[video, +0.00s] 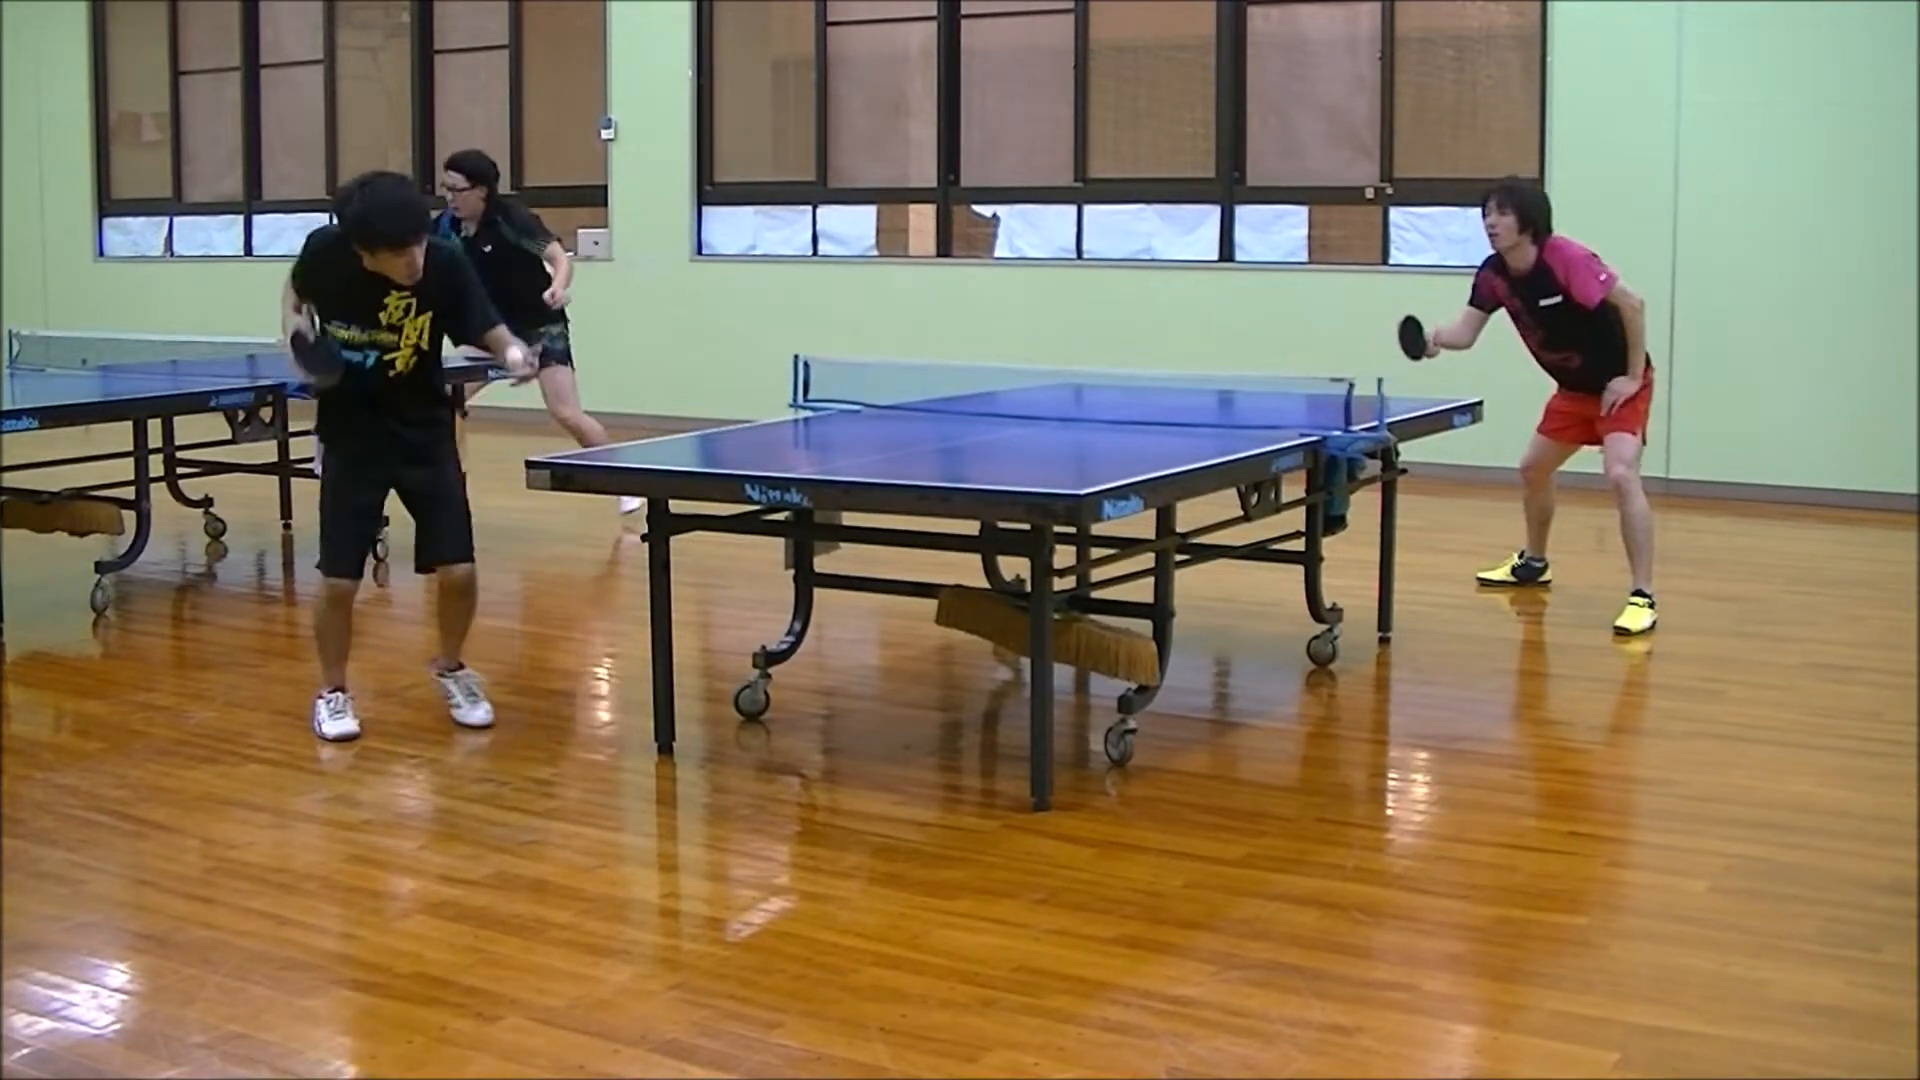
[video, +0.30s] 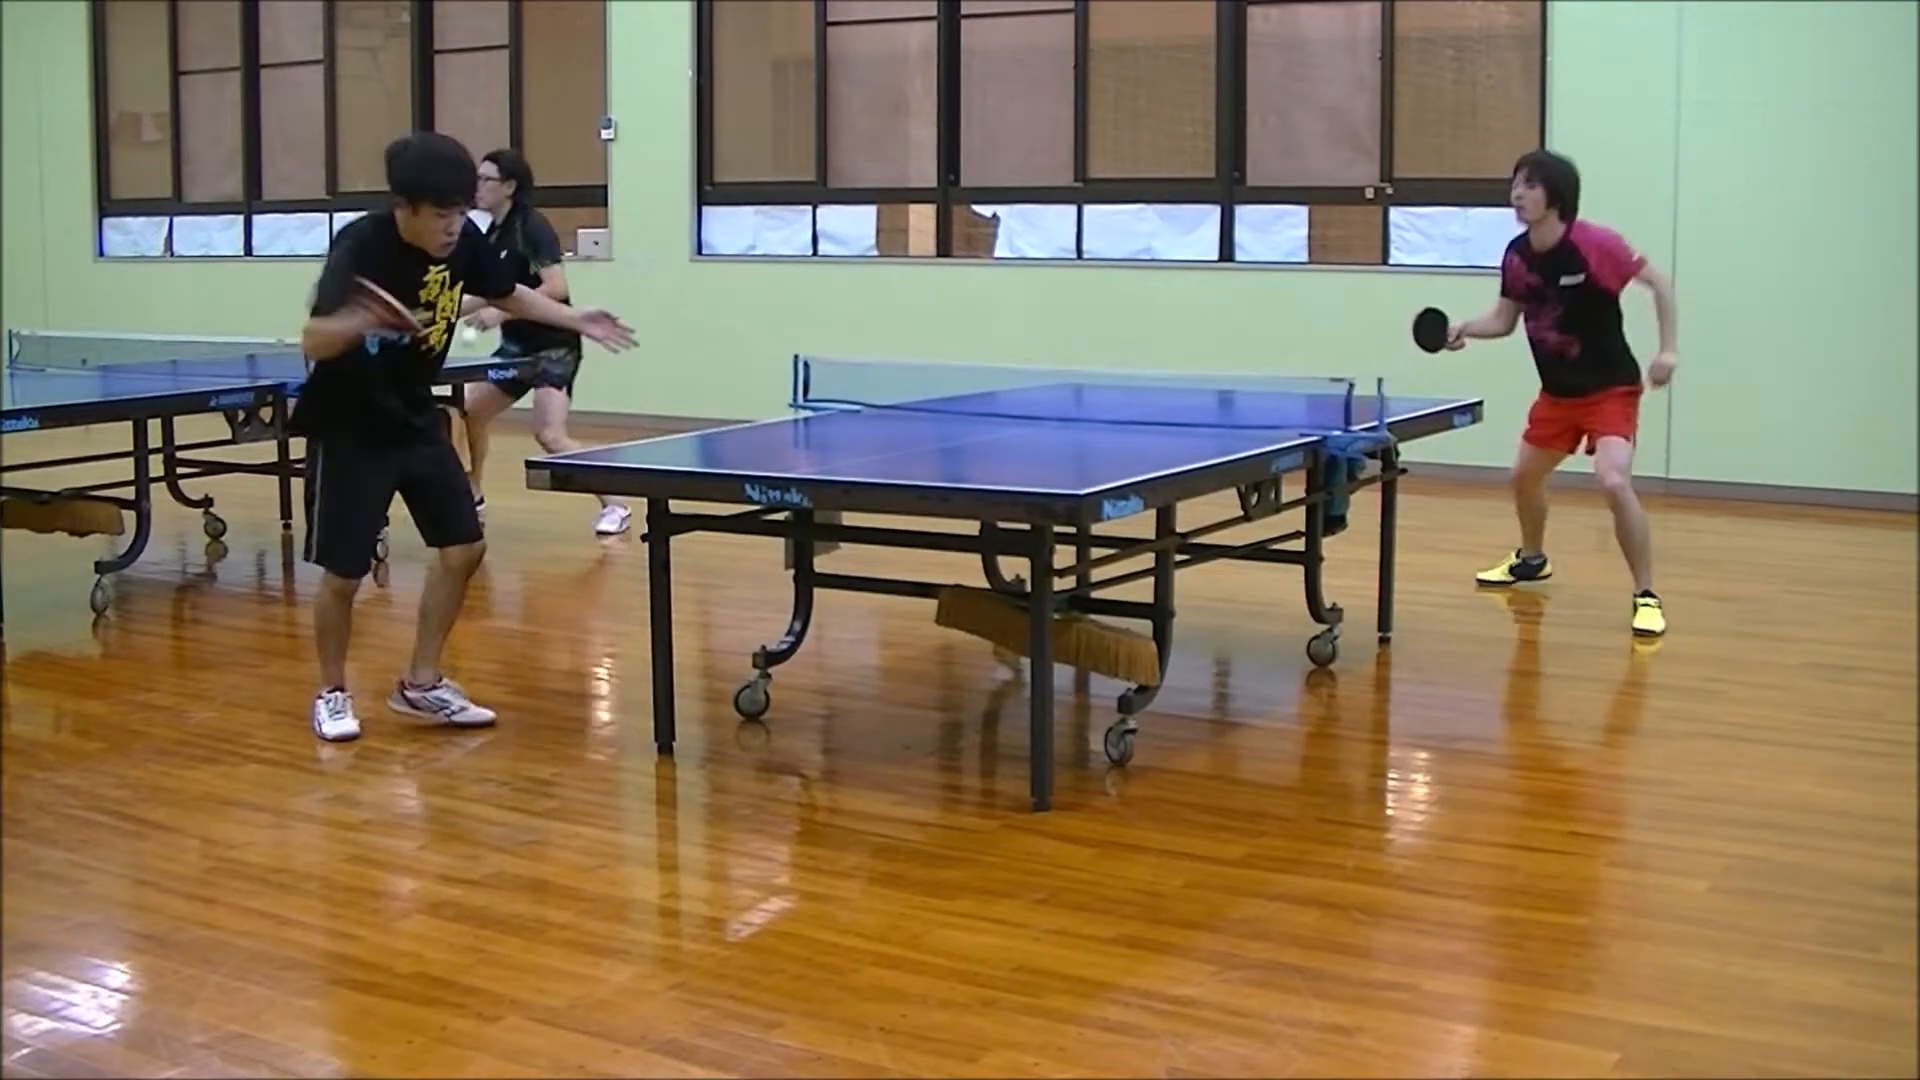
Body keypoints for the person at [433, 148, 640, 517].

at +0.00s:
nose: (449, 196)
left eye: (457, 189)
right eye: (446, 188)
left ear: (483, 190)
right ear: (446, 188)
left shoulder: (511, 216)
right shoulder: (445, 225)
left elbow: (559, 258)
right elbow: (431, 275)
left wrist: (558, 285)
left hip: (541, 322)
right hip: (488, 326)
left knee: (565, 412)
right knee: (442, 402)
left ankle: (625, 482)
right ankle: (446, 495)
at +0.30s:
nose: (477, 187)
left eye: (486, 181)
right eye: (477, 180)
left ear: (511, 187)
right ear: (482, 185)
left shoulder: (532, 226)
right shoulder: (487, 231)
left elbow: (556, 288)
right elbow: (490, 290)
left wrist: (503, 309)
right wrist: (452, 306)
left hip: (554, 342)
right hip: (516, 343)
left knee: (550, 434)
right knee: (470, 408)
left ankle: (613, 504)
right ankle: (472, 493)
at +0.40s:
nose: (496, 158)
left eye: (505, 151)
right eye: (497, 151)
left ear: (530, 157)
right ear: (511, 157)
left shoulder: (552, 197)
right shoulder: (508, 202)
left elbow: (570, 259)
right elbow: (513, 264)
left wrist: (504, 282)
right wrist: (481, 289)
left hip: (575, 316)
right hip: (537, 317)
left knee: (568, 418)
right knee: (507, 403)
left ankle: (616, 503)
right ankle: (515, 491)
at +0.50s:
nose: (513, 137)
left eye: (523, 131)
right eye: (513, 129)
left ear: (548, 138)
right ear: (520, 136)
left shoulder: (569, 179)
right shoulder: (521, 185)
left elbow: (592, 239)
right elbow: (516, 241)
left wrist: (534, 265)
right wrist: (517, 270)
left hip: (588, 302)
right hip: (553, 302)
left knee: (576, 402)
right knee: (543, 403)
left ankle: (618, 492)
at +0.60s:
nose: (530, 139)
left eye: (540, 133)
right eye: (530, 132)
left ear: (565, 140)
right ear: (541, 139)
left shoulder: (587, 183)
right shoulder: (539, 188)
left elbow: (615, 245)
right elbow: (546, 243)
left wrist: (557, 265)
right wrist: (525, 265)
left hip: (601, 302)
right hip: (568, 304)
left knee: (584, 401)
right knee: (590, 408)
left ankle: (634, 490)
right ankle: (658, 478)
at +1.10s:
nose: (522, 144)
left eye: (533, 137)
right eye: (520, 136)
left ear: (560, 142)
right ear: (519, 139)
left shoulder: (585, 186)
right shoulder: (521, 188)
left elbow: (639, 237)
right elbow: (506, 243)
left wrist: (592, 279)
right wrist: (512, 288)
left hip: (584, 319)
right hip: (540, 317)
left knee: (573, 420)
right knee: (553, 423)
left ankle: (609, 532)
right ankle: (601, 521)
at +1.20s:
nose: (507, 142)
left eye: (516, 134)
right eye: (505, 134)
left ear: (546, 136)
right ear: (507, 138)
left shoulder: (569, 178)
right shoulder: (514, 186)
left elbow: (615, 228)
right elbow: (517, 242)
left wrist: (562, 269)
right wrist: (506, 283)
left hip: (569, 326)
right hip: (522, 322)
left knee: (571, 423)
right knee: (503, 428)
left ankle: (607, 531)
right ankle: (544, 513)